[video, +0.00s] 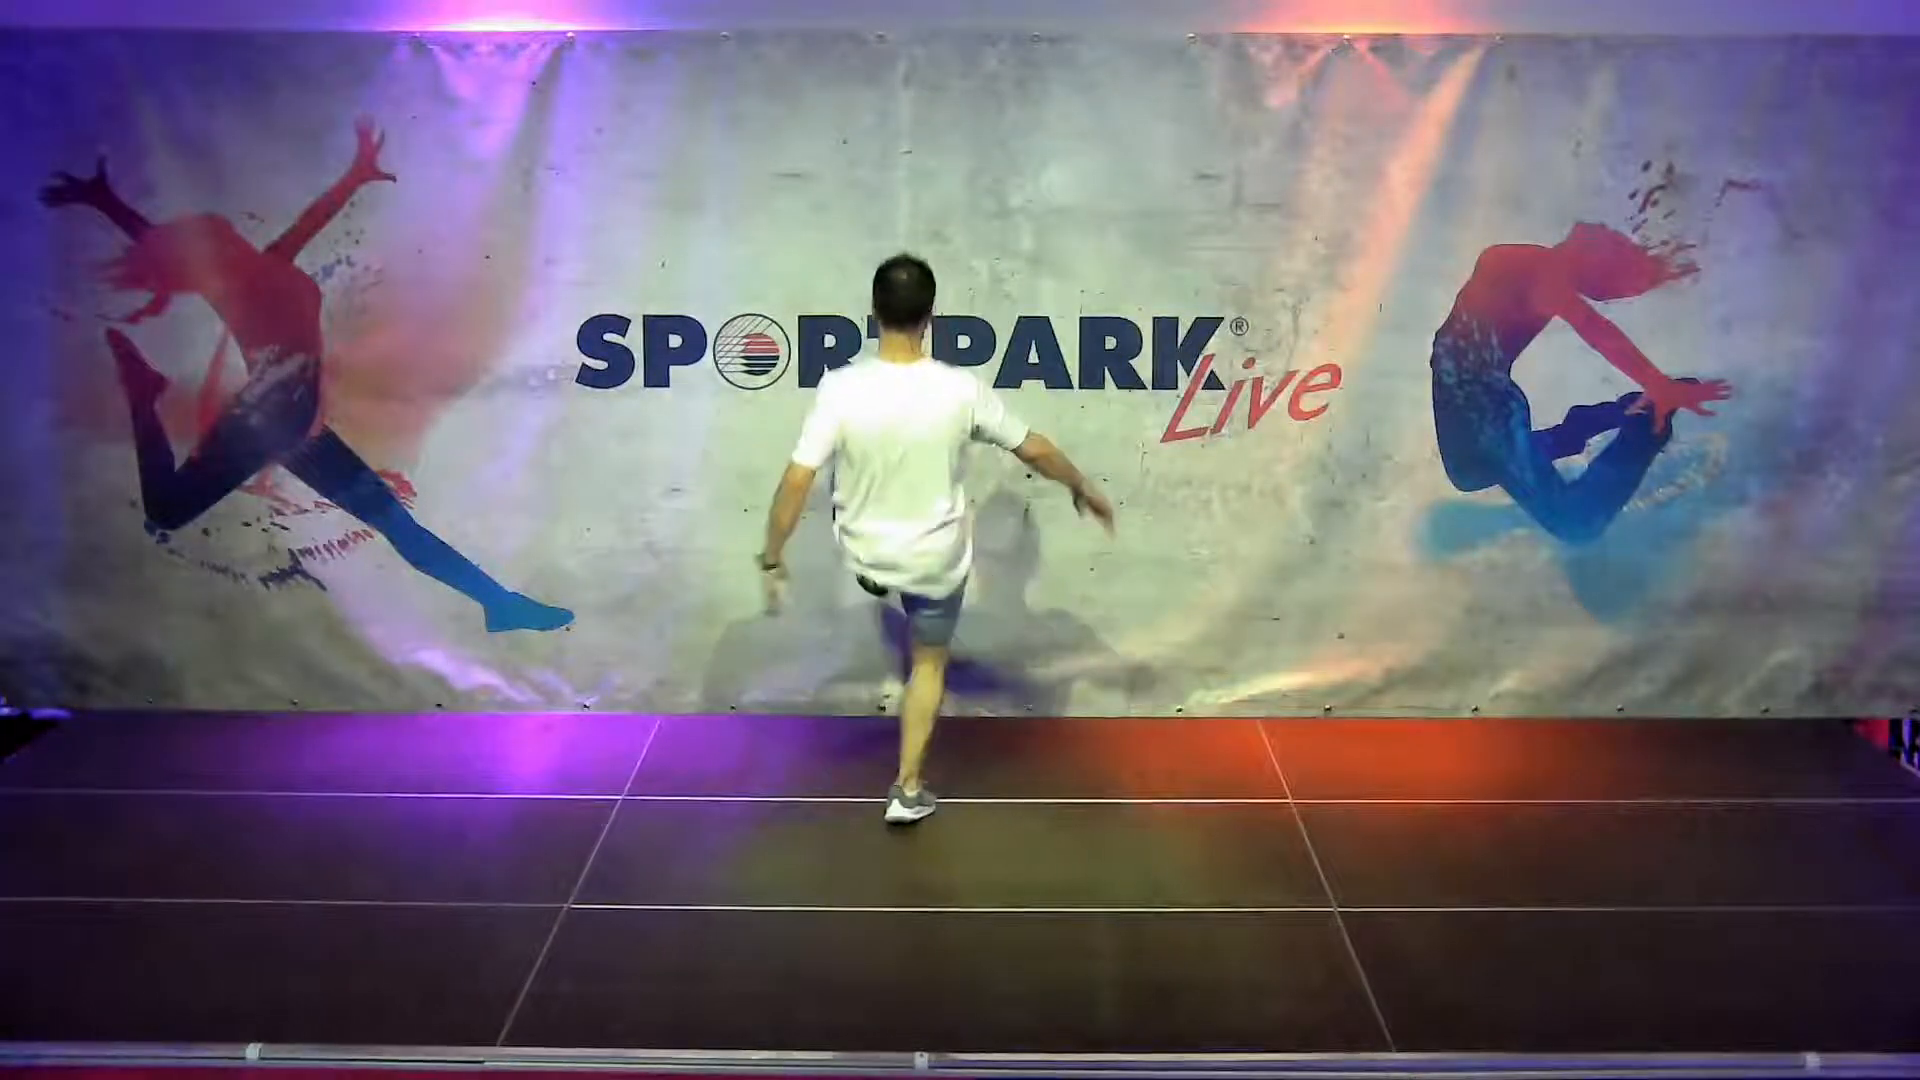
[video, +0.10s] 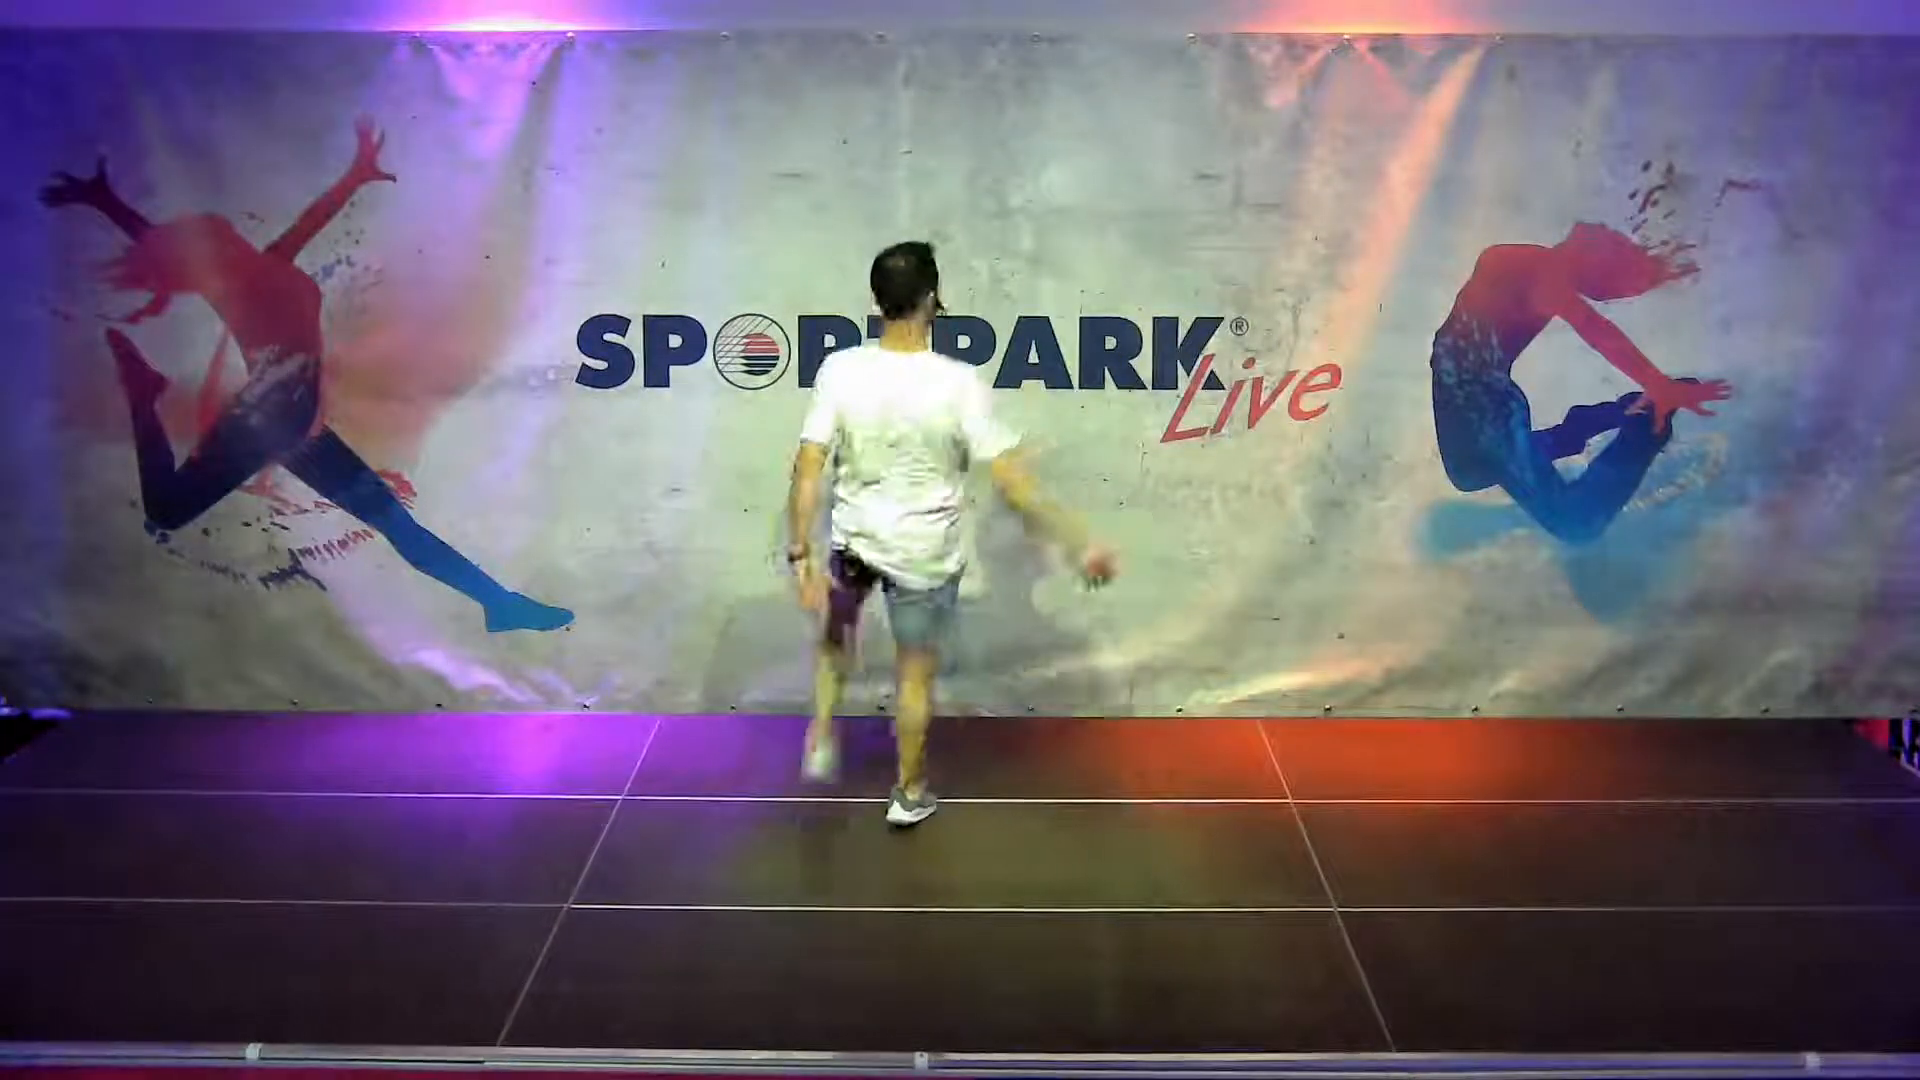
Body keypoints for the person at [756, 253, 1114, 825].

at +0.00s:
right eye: (926, 309)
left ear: (873, 312)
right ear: (929, 315)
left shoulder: (841, 388)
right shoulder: (959, 390)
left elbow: (797, 478)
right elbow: (1035, 449)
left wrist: (772, 553)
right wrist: (1082, 488)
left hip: (867, 564)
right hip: (936, 567)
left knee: (895, 604)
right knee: (927, 664)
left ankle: (902, 686)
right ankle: (907, 787)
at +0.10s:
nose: (937, 300)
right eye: (936, 293)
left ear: (875, 301)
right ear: (934, 300)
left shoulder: (840, 371)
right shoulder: (958, 383)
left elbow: (809, 465)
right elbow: (1014, 484)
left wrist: (802, 553)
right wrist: (1081, 544)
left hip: (854, 539)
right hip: (926, 548)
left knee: (836, 634)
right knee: (914, 672)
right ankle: (909, 792)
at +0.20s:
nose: (946, 304)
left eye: (942, 292)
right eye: (941, 295)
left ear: (882, 308)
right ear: (925, 310)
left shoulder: (840, 376)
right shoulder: (934, 388)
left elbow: (807, 467)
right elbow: (946, 491)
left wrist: (791, 547)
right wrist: (1021, 499)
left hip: (849, 556)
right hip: (912, 561)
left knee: (847, 677)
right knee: (915, 681)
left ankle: (807, 806)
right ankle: (910, 793)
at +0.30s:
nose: (947, 316)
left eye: (944, 303)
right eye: (941, 306)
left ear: (884, 319)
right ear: (923, 318)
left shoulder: (849, 383)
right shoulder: (918, 397)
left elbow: (817, 459)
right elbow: (968, 480)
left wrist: (780, 522)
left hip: (844, 568)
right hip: (909, 579)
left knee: (837, 700)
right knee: (968, 660)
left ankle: (808, 837)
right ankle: (926, 782)